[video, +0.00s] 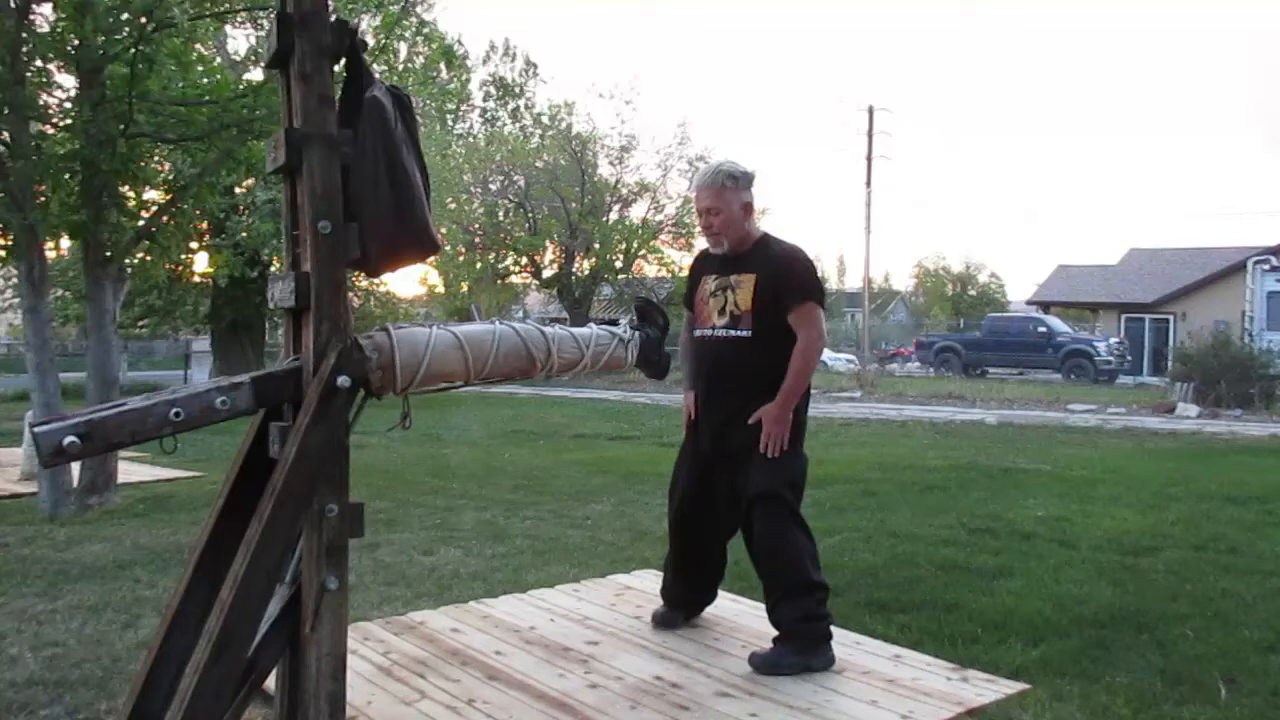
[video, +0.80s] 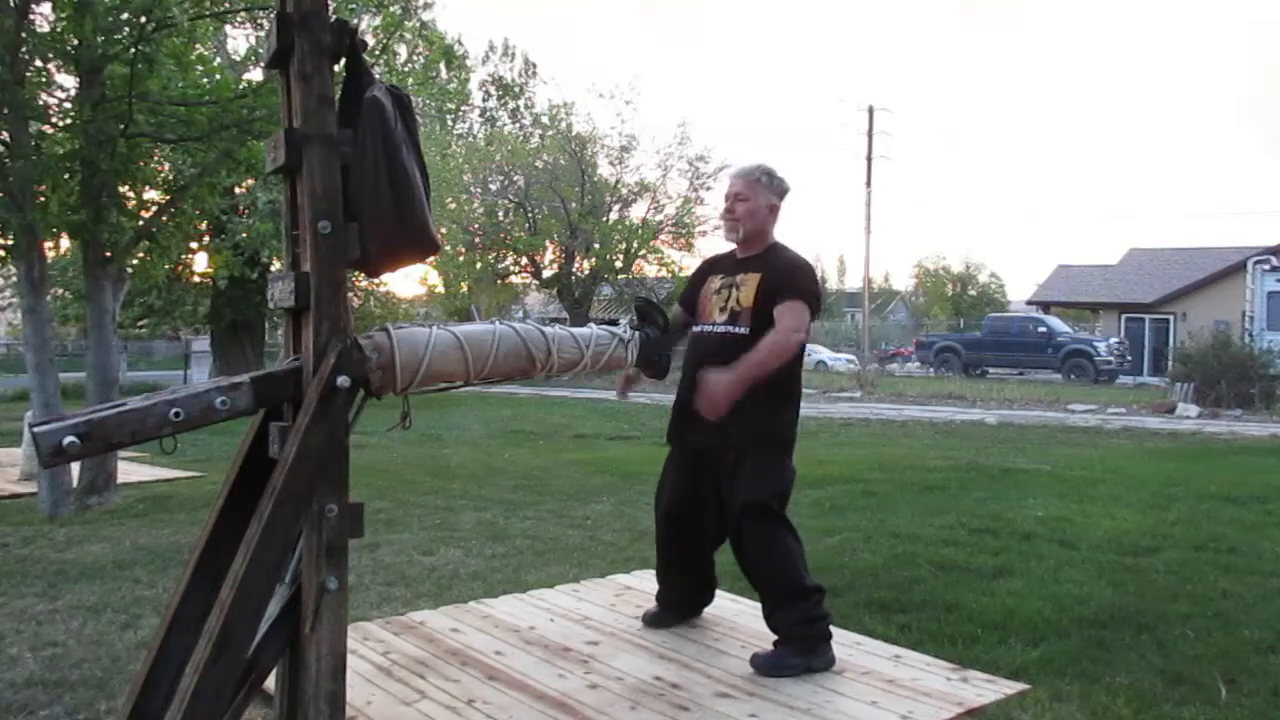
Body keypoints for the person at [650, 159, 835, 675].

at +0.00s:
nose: (706, 222)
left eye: (716, 212)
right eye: (701, 213)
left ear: (747, 207)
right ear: (698, 213)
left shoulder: (786, 262)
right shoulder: (703, 266)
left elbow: (812, 337)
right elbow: (697, 333)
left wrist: (784, 405)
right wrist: (693, 387)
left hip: (768, 412)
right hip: (712, 412)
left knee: (772, 518)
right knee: (691, 505)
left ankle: (807, 640)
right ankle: (685, 597)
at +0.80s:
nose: (731, 208)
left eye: (742, 199)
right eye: (728, 200)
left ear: (773, 205)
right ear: (724, 208)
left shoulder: (790, 269)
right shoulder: (710, 270)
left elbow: (790, 334)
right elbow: (674, 323)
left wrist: (732, 379)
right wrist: (641, 358)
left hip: (759, 424)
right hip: (698, 418)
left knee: (756, 520)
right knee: (678, 509)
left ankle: (806, 639)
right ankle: (681, 598)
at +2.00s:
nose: (681, 246)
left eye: (687, 235)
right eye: (675, 237)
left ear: (719, 221)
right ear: (675, 232)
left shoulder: (767, 269)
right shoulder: (691, 282)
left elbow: (797, 342)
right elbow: (681, 341)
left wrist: (754, 392)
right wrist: (661, 380)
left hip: (771, 424)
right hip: (712, 422)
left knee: (773, 519)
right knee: (691, 510)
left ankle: (807, 641)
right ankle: (682, 600)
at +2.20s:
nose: (671, 257)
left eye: (676, 246)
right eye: (665, 248)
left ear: (707, 230)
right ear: (667, 239)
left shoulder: (760, 269)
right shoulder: (686, 279)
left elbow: (798, 341)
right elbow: (698, 343)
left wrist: (771, 406)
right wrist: (694, 392)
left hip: (771, 416)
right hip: (719, 417)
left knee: (783, 521)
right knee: (693, 508)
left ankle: (813, 641)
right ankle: (681, 599)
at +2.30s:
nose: (676, 259)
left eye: (680, 248)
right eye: (671, 249)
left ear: (711, 231)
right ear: (673, 240)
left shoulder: (764, 269)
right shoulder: (693, 281)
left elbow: (801, 343)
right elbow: (700, 346)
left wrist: (773, 409)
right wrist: (695, 397)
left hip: (775, 423)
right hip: (723, 422)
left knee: (782, 525)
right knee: (696, 511)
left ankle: (813, 643)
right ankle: (682, 599)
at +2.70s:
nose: (689, 249)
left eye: (695, 238)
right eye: (684, 239)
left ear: (729, 228)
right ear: (686, 233)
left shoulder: (777, 274)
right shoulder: (693, 283)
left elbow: (809, 350)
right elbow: (688, 344)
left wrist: (799, 428)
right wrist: (681, 395)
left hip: (771, 434)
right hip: (713, 432)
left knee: (776, 533)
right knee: (683, 511)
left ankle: (812, 644)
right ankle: (681, 599)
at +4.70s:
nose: (720, 221)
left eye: (730, 211)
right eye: (714, 212)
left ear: (762, 209)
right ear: (711, 213)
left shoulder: (788, 266)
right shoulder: (710, 269)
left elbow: (771, 325)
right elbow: (685, 324)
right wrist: (662, 339)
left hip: (765, 424)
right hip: (707, 420)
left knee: (763, 526)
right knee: (680, 506)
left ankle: (813, 642)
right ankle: (681, 598)